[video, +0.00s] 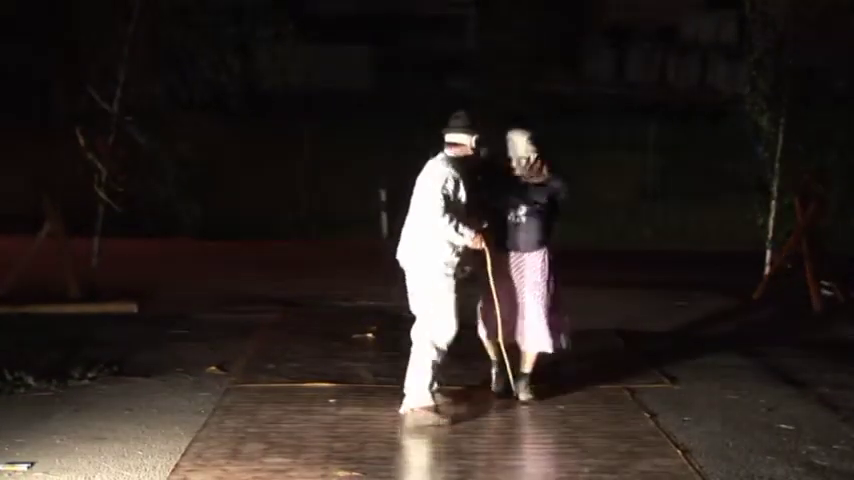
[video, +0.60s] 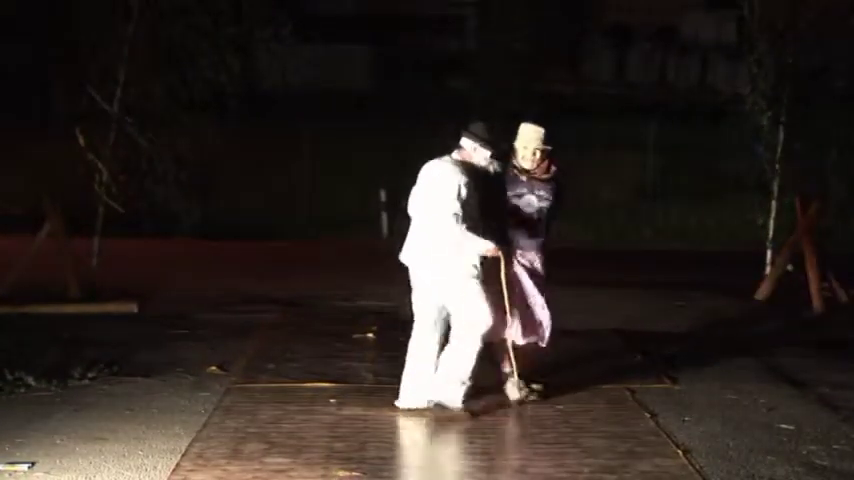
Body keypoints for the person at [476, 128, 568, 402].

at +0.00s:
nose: (521, 166)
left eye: (527, 160)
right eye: (517, 161)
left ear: (535, 158)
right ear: (509, 160)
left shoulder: (547, 186)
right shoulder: (497, 181)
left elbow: (562, 199)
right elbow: (483, 210)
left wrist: (544, 181)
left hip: (534, 257)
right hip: (501, 256)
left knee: (533, 316)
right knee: (488, 318)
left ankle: (524, 379)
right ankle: (497, 366)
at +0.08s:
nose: (523, 167)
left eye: (528, 162)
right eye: (519, 162)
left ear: (538, 159)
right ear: (512, 159)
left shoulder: (553, 187)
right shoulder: (502, 181)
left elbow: (544, 221)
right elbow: (487, 207)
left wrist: (548, 180)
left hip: (533, 256)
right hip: (500, 254)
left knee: (534, 316)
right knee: (480, 294)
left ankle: (523, 379)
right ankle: (490, 339)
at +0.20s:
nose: (527, 162)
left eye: (532, 157)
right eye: (523, 156)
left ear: (543, 157)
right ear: (517, 155)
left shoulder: (556, 187)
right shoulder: (507, 179)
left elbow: (565, 207)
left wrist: (556, 181)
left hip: (534, 254)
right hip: (506, 251)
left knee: (533, 317)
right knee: (511, 315)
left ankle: (522, 378)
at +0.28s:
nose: (534, 167)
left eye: (539, 161)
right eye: (530, 161)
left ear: (546, 160)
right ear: (521, 157)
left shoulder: (553, 186)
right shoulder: (509, 175)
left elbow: (548, 216)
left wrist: (548, 187)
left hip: (530, 255)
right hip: (501, 249)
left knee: (529, 312)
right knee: (484, 310)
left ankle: (519, 379)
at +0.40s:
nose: (540, 168)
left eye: (544, 163)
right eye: (535, 162)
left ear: (550, 163)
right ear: (524, 160)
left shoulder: (552, 188)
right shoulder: (508, 182)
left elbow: (554, 221)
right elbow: (494, 216)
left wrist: (553, 192)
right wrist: (498, 256)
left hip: (535, 260)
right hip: (509, 257)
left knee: (530, 317)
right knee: (512, 315)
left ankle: (520, 378)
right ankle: (517, 373)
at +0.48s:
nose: (539, 163)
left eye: (543, 158)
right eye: (534, 158)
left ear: (548, 158)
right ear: (522, 155)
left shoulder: (552, 182)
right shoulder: (507, 178)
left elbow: (552, 215)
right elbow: (494, 208)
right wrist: (497, 236)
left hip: (533, 254)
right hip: (507, 252)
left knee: (527, 310)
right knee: (503, 306)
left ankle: (519, 375)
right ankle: (497, 357)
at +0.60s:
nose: (534, 158)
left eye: (538, 153)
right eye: (529, 152)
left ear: (545, 155)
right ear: (517, 151)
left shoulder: (548, 185)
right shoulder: (502, 178)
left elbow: (544, 225)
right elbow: (494, 212)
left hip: (532, 256)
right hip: (505, 252)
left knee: (531, 313)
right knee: (509, 313)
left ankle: (517, 372)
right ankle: (510, 377)